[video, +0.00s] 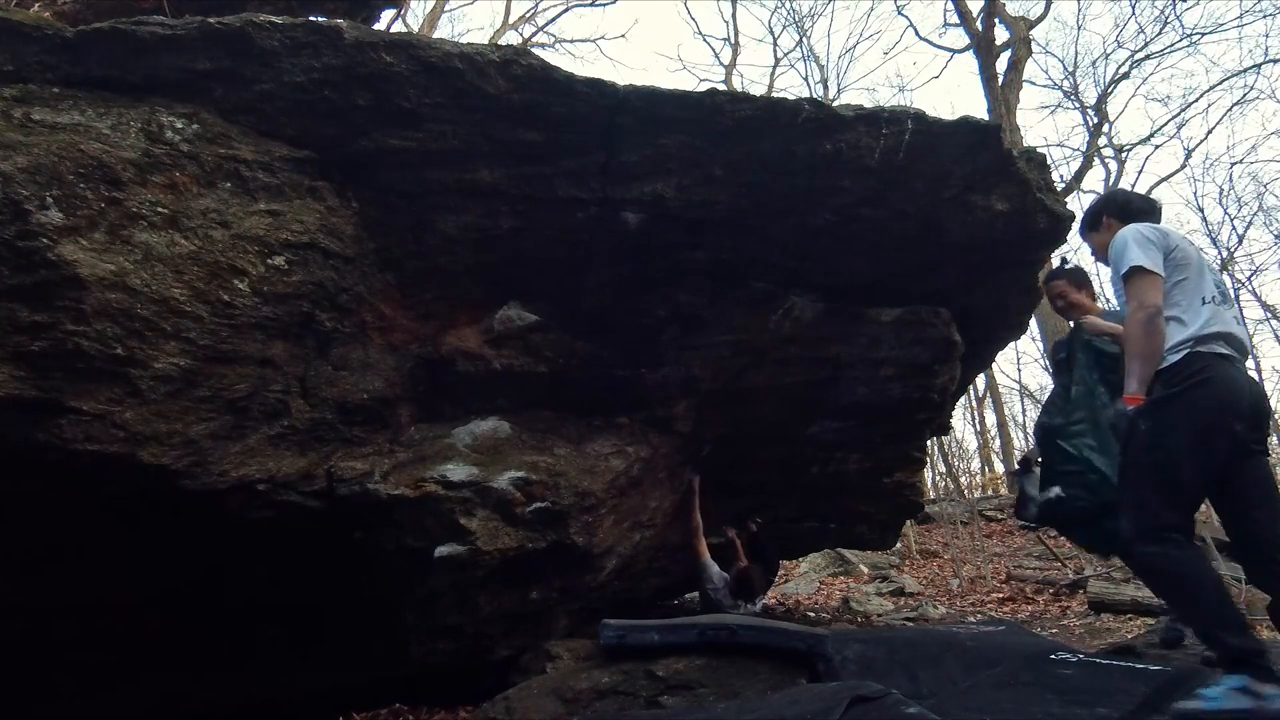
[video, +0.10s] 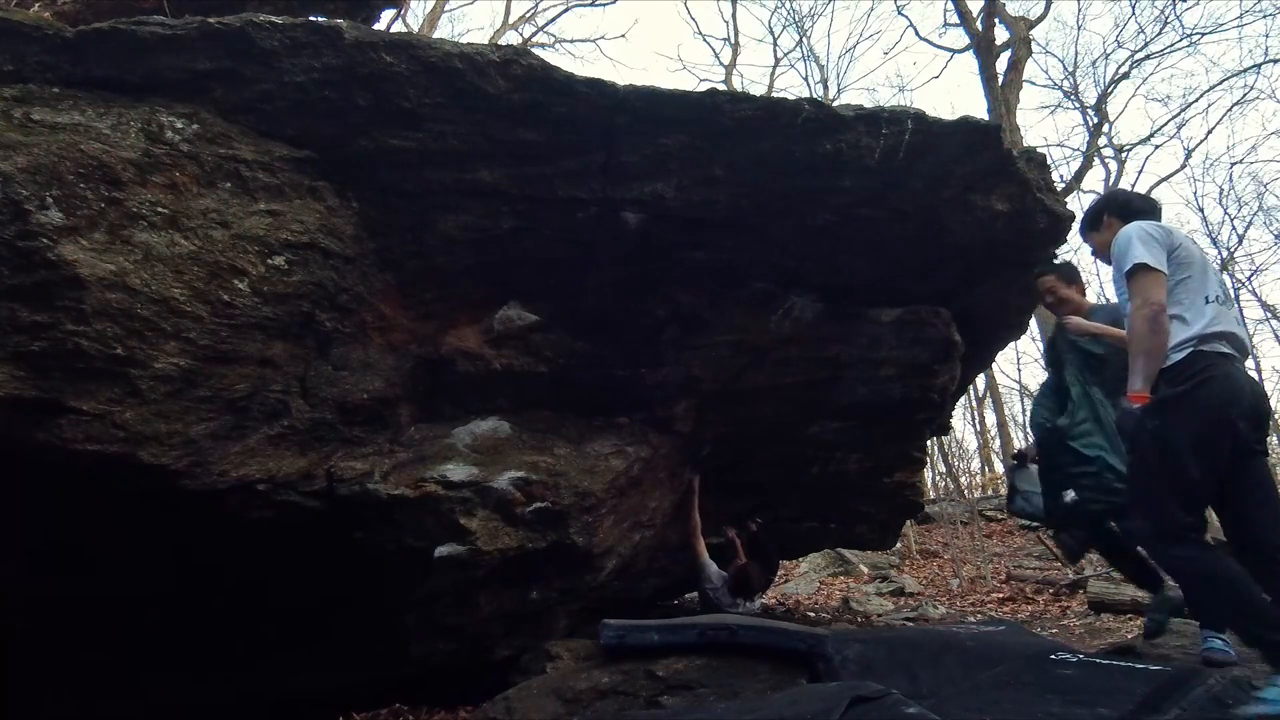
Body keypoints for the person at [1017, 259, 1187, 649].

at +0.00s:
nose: (1059, 305)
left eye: (1063, 295)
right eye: (1052, 300)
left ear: (1086, 289)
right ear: (1052, 307)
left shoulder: (1122, 320)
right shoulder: (1064, 348)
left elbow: (1151, 342)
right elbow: (1064, 401)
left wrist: (1104, 327)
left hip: (1135, 429)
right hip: (1090, 443)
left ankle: (1183, 610)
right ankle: (1174, 608)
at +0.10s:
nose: (1052, 303)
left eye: (1055, 292)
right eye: (1045, 298)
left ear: (1079, 286)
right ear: (1043, 304)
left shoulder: (1116, 316)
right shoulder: (1058, 341)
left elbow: (1149, 348)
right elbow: (1056, 391)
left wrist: (1085, 331)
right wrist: (1041, 435)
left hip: (1141, 433)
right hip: (1092, 448)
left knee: (1180, 526)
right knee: (1092, 527)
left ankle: (1212, 627)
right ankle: (1161, 589)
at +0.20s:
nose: (1039, 300)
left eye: (1042, 289)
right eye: (1032, 296)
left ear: (1066, 281)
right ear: (1031, 302)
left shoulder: (1106, 309)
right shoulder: (1045, 339)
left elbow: (1140, 342)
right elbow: (1040, 396)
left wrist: (1077, 325)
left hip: (1129, 421)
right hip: (1078, 440)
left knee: (1173, 521)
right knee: (1060, 514)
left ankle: (1212, 627)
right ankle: (1123, 602)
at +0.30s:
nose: (1025, 301)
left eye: (1028, 290)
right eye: (1018, 296)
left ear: (1052, 283)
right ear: (1019, 300)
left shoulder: (1094, 311)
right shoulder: (1030, 338)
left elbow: (1124, 346)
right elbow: (1028, 402)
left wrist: (1060, 322)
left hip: (1116, 432)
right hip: (1060, 446)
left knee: (1162, 524)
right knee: (1055, 522)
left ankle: (1213, 629)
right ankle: (1071, 616)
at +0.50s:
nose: (987, 307)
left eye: (992, 298)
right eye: (982, 302)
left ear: (1016, 294)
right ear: (983, 309)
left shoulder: (1041, 327)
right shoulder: (998, 354)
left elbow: (1097, 346)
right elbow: (1010, 415)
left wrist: (1037, 313)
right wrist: (992, 456)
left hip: (1076, 452)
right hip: (1026, 463)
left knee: (1142, 536)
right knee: (1033, 556)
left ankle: (1208, 628)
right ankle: (1030, 644)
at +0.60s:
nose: (967, 317)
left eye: (972, 308)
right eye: (961, 314)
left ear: (994, 304)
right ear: (961, 320)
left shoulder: (1023, 338)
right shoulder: (977, 364)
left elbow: (1081, 354)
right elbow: (985, 424)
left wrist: (1030, 319)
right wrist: (970, 467)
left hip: (1056, 463)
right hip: (1010, 476)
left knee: (1108, 544)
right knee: (1021, 575)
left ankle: (1195, 624)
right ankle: (1035, 672)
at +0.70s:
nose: (945, 324)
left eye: (949, 315)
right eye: (939, 320)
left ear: (971, 313)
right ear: (939, 328)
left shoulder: (1003, 346)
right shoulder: (950, 373)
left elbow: (1067, 362)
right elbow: (961, 426)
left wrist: (1020, 328)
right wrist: (947, 470)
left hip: (1030, 468)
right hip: (984, 478)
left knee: (1055, 555)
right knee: (1007, 577)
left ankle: (1141, 611)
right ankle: (1031, 668)